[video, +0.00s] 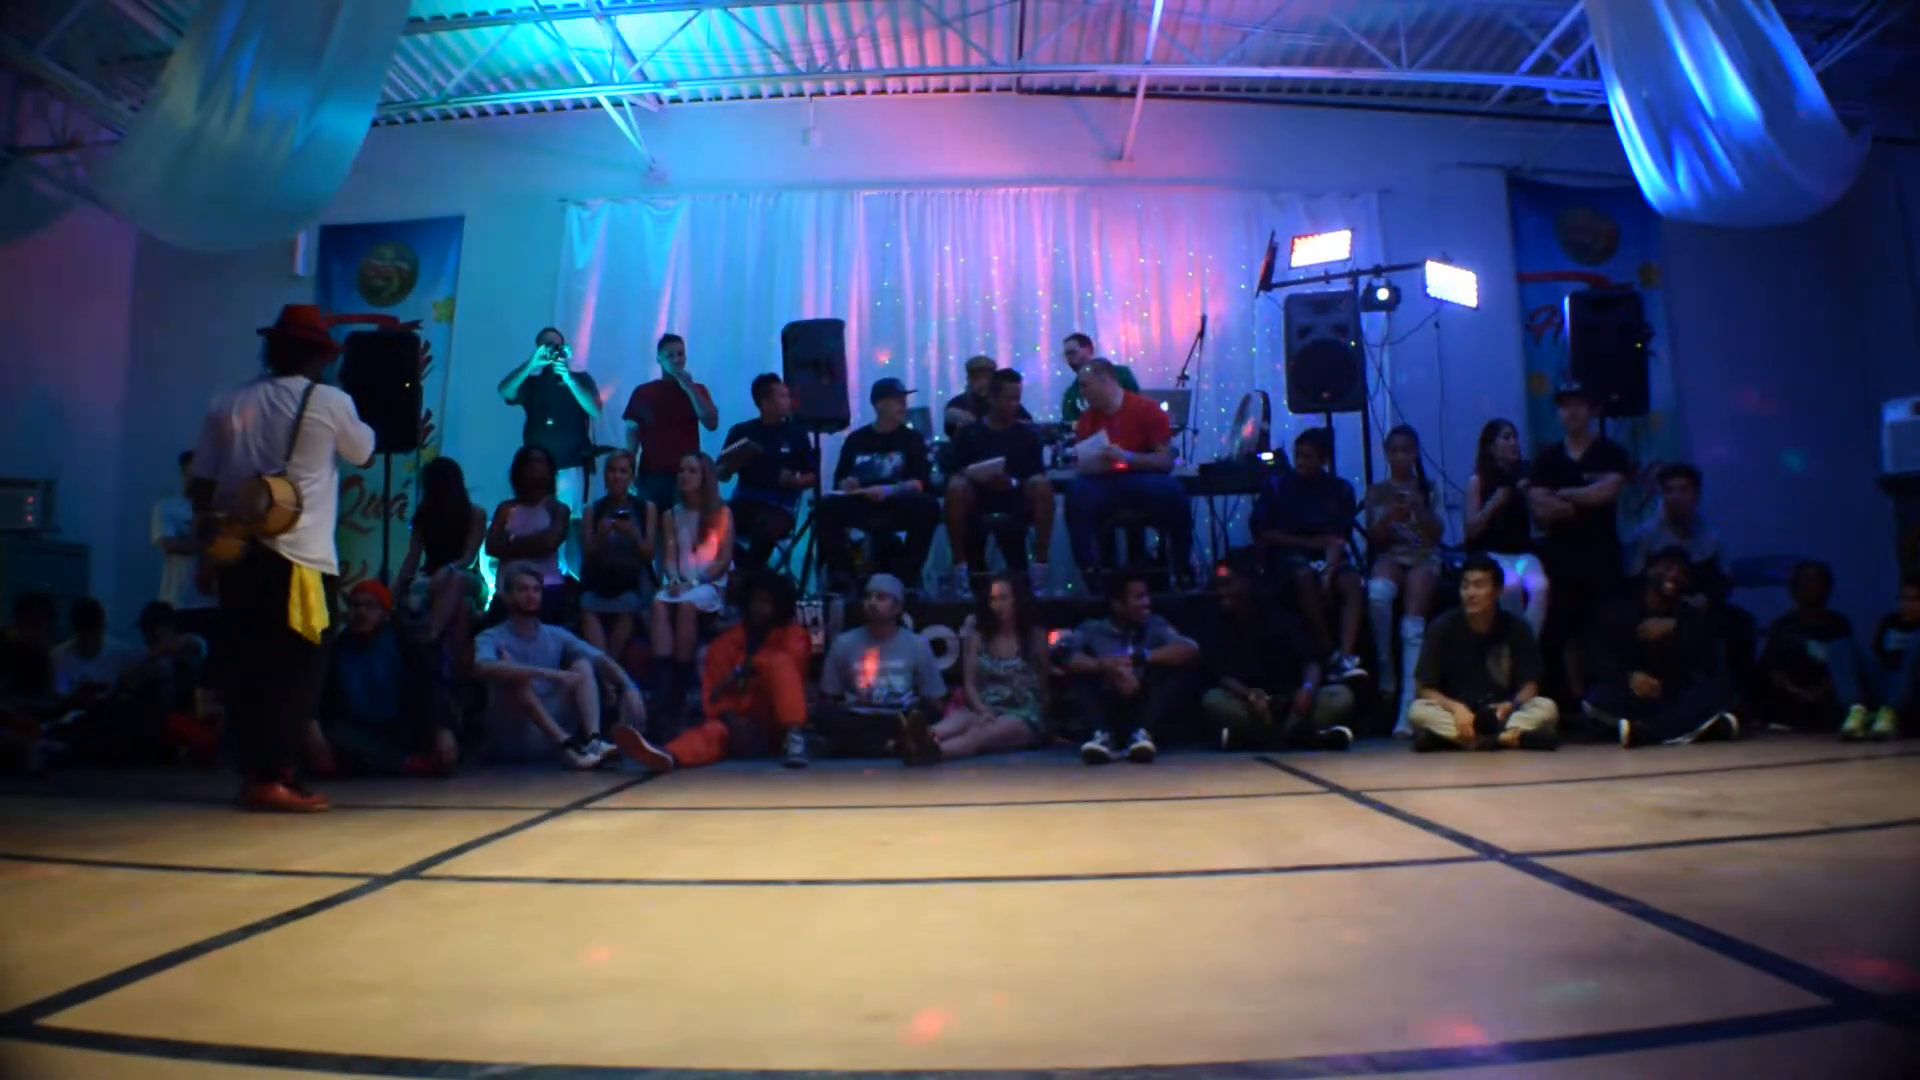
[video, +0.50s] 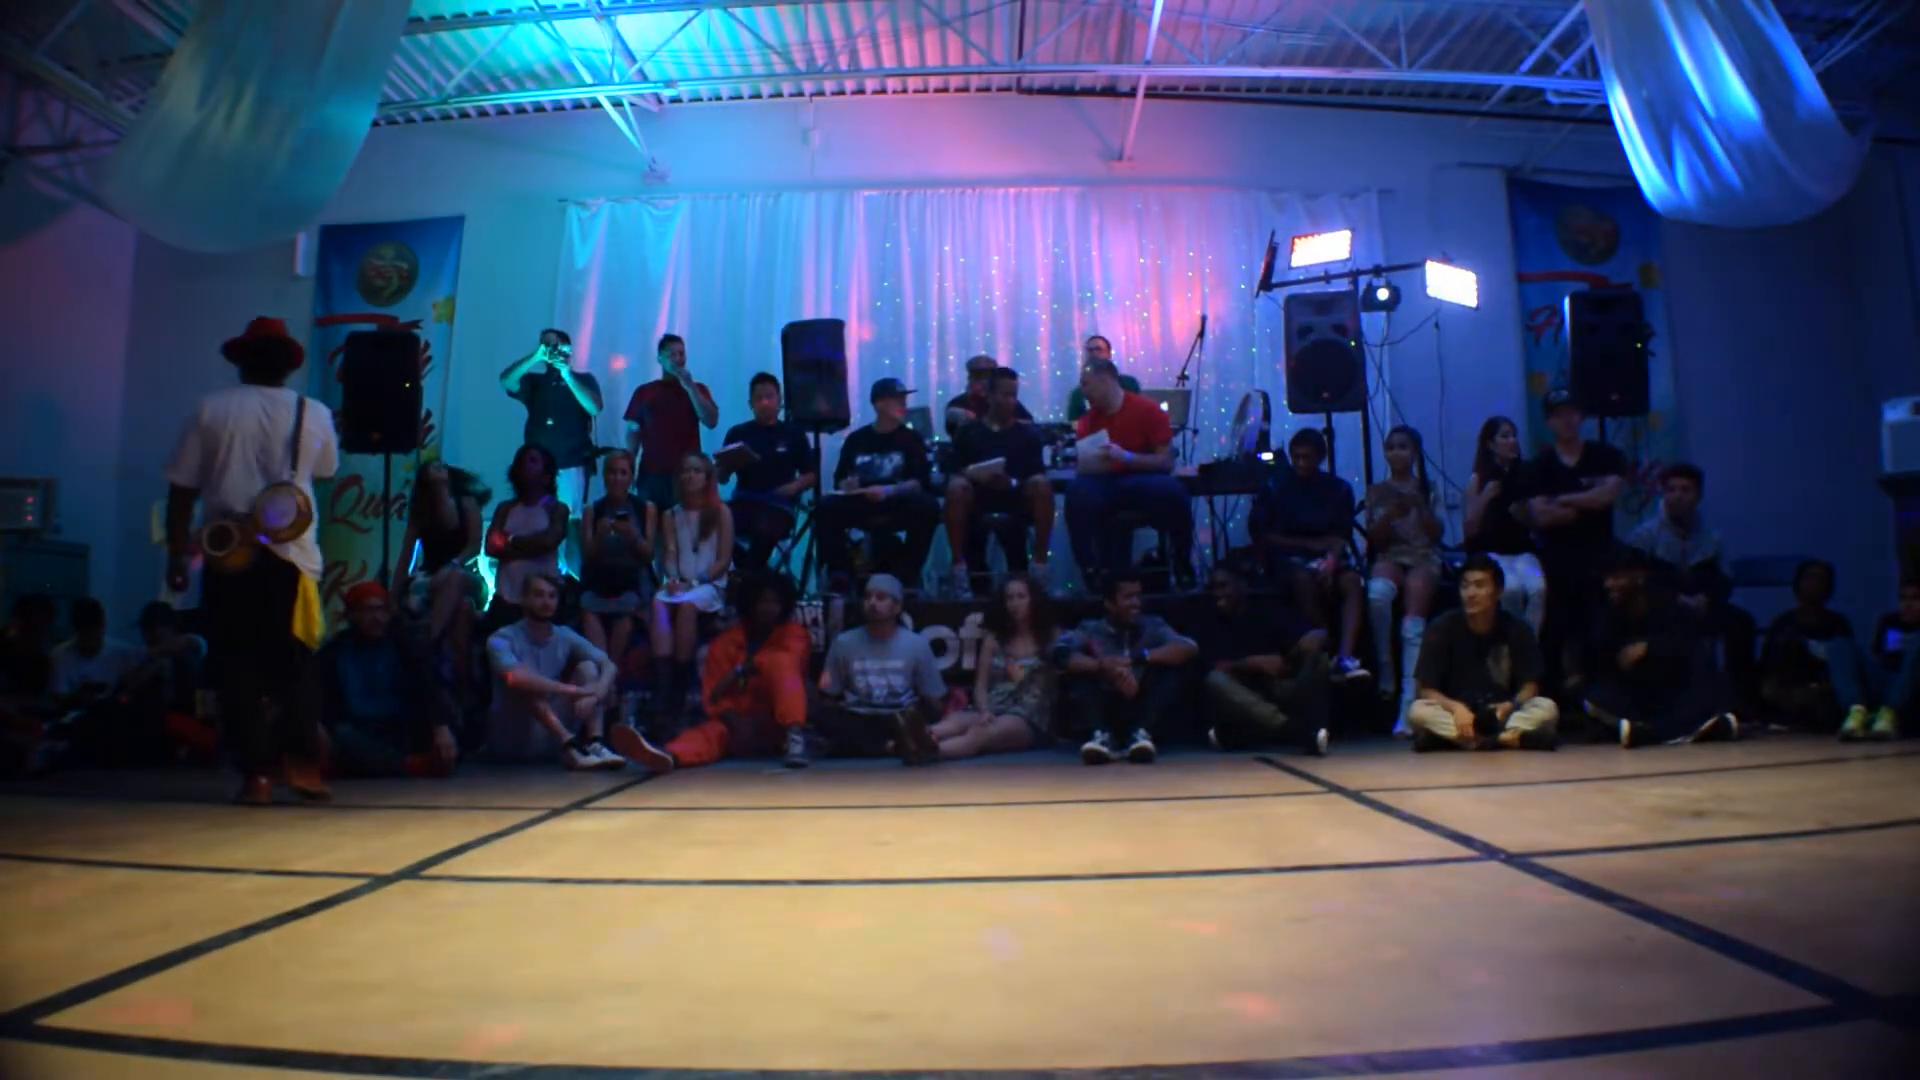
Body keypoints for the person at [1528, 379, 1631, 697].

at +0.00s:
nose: (1571, 414)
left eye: (1577, 407)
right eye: (1565, 408)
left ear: (1591, 411)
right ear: (1558, 414)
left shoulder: (1611, 453)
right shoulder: (1547, 457)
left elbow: (1607, 493)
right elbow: (1540, 508)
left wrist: (1558, 495)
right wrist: (1590, 495)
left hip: (1601, 557)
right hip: (1560, 561)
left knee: (1602, 631)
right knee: (1560, 635)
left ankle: (1605, 705)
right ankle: (1566, 704)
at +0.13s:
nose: (1571, 417)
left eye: (1576, 410)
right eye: (1564, 411)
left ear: (1587, 414)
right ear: (1556, 417)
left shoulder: (1609, 453)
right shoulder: (1545, 459)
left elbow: (1608, 494)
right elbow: (1539, 509)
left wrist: (1558, 496)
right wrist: (1588, 497)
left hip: (1602, 558)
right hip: (1561, 561)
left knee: (1605, 631)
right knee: (1562, 635)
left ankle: (1607, 702)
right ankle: (1567, 703)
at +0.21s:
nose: (1570, 418)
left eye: (1575, 411)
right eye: (1562, 413)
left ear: (1586, 415)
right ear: (1554, 418)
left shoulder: (1608, 455)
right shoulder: (1542, 462)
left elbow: (1608, 496)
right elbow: (1540, 510)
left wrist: (1557, 498)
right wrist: (1588, 502)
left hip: (1601, 558)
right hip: (1561, 561)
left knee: (1605, 630)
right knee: (1562, 635)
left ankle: (1605, 702)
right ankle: (1567, 703)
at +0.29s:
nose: (1569, 419)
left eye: (1574, 412)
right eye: (1562, 414)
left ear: (1584, 416)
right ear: (1552, 420)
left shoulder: (1607, 454)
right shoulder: (1542, 463)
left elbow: (1610, 492)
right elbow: (1539, 513)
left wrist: (1561, 498)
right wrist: (1591, 499)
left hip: (1601, 558)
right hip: (1560, 561)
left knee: (1605, 630)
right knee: (1563, 635)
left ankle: (1605, 702)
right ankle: (1567, 702)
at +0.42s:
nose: (1569, 420)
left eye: (1573, 413)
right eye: (1561, 414)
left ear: (1582, 416)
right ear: (1551, 421)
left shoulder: (1605, 454)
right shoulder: (1540, 464)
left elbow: (1610, 493)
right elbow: (1538, 513)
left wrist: (1560, 500)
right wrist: (1590, 501)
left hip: (1599, 558)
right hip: (1559, 562)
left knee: (1601, 630)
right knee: (1559, 635)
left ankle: (1602, 702)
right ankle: (1563, 701)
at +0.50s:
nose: (1567, 422)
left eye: (1571, 414)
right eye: (1559, 416)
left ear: (1580, 417)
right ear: (1549, 422)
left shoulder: (1604, 455)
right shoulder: (1538, 465)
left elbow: (1610, 494)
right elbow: (1540, 515)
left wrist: (1559, 500)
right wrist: (1590, 501)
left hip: (1598, 558)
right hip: (1558, 561)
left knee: (1601, 627)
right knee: (1558, 631)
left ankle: (1604, 694)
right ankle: (1557, 693)